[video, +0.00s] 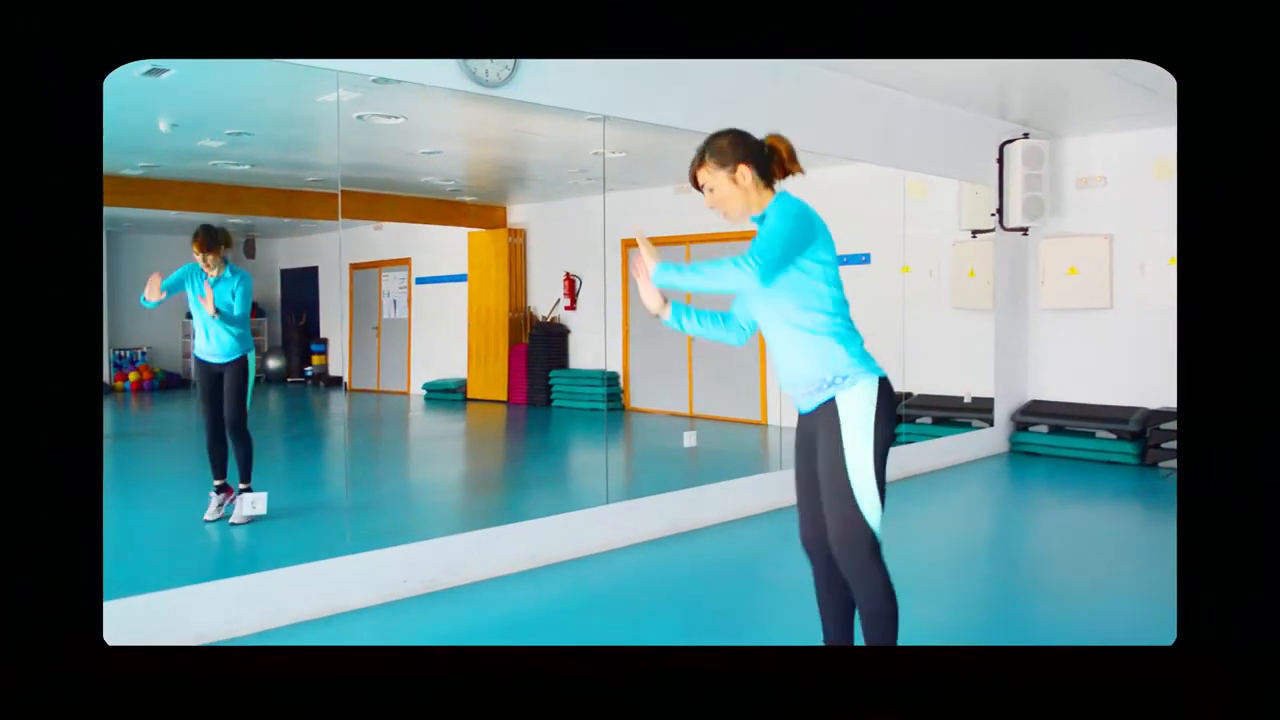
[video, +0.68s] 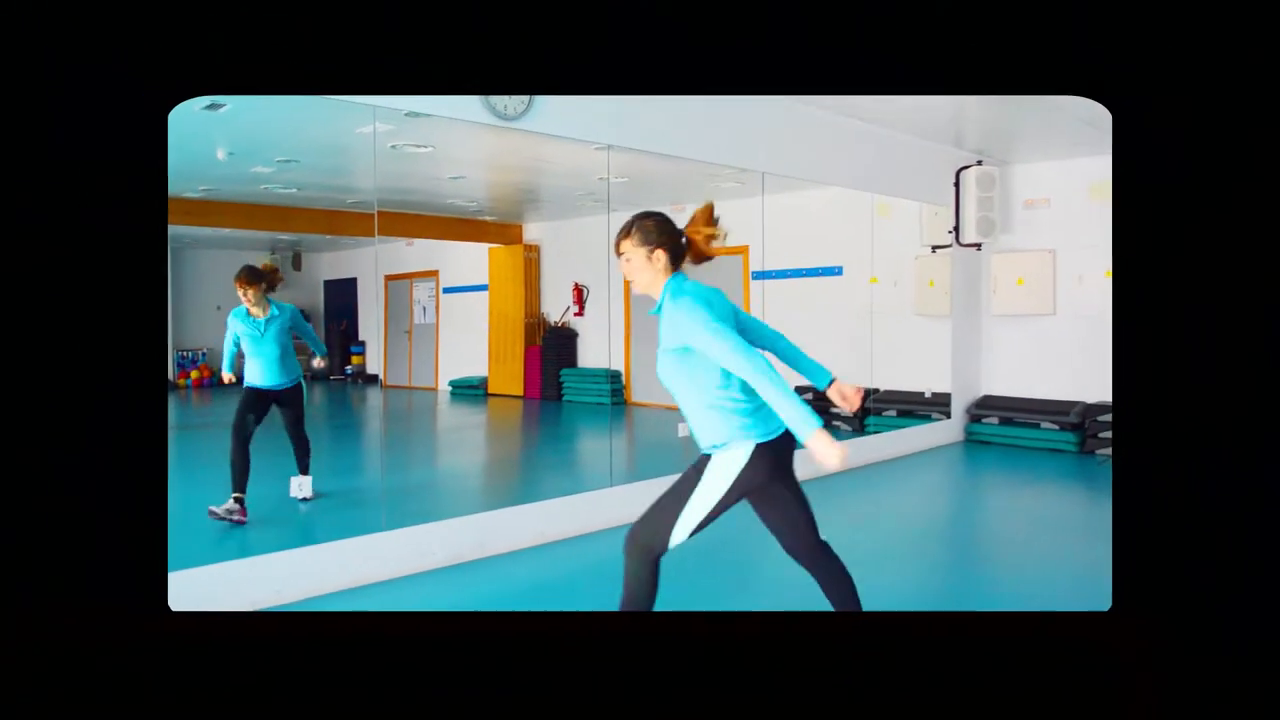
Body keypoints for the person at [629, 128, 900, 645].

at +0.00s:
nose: (709, 203)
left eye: (709, 187)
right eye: (703, 192)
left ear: (743, 173)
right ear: (742, 178)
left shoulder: (792, 213)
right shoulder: (765, 246)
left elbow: (752, 271)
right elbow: (739, 329)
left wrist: (660, 271)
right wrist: (666, 309)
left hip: (853, 397)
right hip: (815, 408)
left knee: (853, 545)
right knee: (819, 543)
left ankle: (882, 645)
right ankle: (839, 645)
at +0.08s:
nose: (702, 192)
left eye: (702, 178)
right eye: (696, 183)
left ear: (735, 161)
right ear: (734, 165)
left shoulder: (779, 190)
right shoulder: (754, 235)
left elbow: (703, 218)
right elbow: (700, 284)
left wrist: (623, 214)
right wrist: (633, 253)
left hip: (857, 369)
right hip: (826, 379)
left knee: (864, 522)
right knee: (834, 523)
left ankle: (883, 641)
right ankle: (838, 638)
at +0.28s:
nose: (704, 237)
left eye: (704, 225)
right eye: (699, 227)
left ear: (732, 213)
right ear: (738, 213)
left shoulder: (764, 241)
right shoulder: (757, 247)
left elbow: (668, 227)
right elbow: (676, 229)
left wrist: (590, 192)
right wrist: (606, 216)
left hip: (851, 415)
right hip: (826, 421)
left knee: (880, 556)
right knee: (841, 553)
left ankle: (922, 631)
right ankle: (878, 633)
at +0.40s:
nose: (689, 251)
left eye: (691, 238)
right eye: (685, 242)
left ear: (721, 225)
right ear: (723, 227)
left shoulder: (755, 257)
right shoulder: (755, 260)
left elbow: (672, 289)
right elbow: (678, 289)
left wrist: (560, 281)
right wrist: (613, 299)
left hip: (835, 414)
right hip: (825, 416)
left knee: (807, 557)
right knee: (825, 549)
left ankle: (869, 625)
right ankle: (868, 625)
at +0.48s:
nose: (673, 243)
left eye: (674, 229)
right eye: (668, 234)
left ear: (705, 217)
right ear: (708, 219)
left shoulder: (735, 254)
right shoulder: (746, 255)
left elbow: (675, 323)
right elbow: (716, 336)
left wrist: (601, 380)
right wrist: (667, 382)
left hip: (811, 404)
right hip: (825, 401)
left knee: (748, 535)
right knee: (837, 534)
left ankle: (794, 620)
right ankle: (868, 619)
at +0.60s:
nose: (642, 253)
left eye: (647, 241)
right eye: (640, 244)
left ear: (679, 236)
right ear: (679, 238)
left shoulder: (698, 286)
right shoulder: (719, 274)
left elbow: (732, 375)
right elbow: (756, 358)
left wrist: (739, 467)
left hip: (774, 424)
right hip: (798, 416)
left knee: (684, 536)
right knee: (832, 543)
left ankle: (671, 614)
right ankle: (864, 615)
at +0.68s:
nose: (622, 269)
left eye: (627, 257)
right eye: (621, 259)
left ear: (658, 258)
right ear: (659, 259)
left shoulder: (684, 310)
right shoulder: (702, 297)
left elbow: (753, 367)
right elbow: (771, 341)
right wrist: (830, 383)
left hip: (742, 450)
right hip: (763, 443)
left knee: (641, 543)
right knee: (809, 550)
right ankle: (853, 609)